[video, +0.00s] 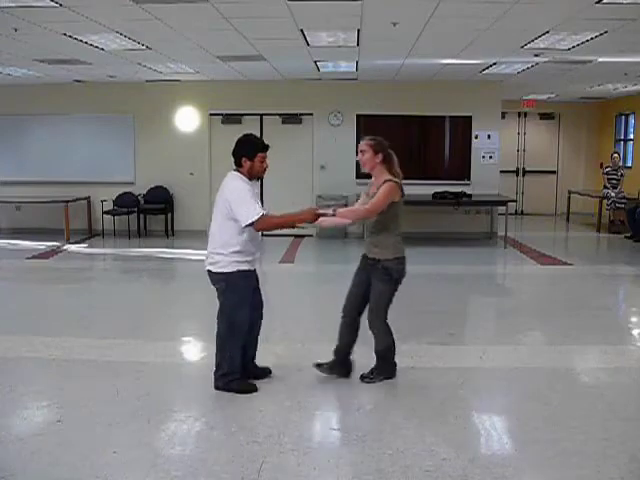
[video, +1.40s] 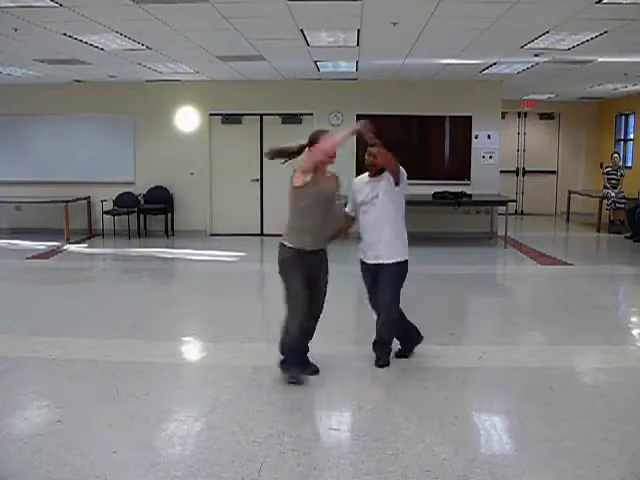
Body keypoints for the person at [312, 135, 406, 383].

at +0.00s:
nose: (359, 158)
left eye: (363, 153)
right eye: (359, 153)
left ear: (379, 156)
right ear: (374, 158)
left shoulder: (390, 186)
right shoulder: (372, 186)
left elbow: (368, 213)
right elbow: (356, 211)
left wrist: (333, 218)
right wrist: (328, 214)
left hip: (389, 263)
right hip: (370, 260)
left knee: (376, 318)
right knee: (350, 312)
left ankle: (386, 366)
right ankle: (341, 361)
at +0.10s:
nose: (364, 157)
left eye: (368, 152)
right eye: (365, 153)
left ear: (384, 156)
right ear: (382, 158)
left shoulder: (393, 186)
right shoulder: (380, 184)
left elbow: (364, 213)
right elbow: (364, 211)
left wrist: (330, 215)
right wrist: (331, 214)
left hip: (396, 261)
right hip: (379, 258)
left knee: (380, 312)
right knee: (362, 307)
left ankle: (387, 365)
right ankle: (375, 358)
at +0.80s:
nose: (337, 154)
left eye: (340, 150)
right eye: (338, 150)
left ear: (353, 154)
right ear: (354, 154)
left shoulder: (367, 185)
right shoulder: (350, 183)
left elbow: (345, 215)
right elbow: (343, 216)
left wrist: (314, 229)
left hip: (372, 262)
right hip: (348, 262)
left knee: (379, 318)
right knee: (332, 310)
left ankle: (389, 365)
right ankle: (354, 357)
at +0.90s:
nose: (327, 156)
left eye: (330, 152)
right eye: (328, 151)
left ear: (340, 156)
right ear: (349, 157)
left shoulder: (347, 188)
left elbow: (319, 217)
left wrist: (292, 233)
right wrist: (293, 231)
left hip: (358, 264)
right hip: (337, 263)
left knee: (364, 317)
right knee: (320, 312)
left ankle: (388, 362)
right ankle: (341, 366)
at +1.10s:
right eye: (340, 155)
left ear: (316, 157)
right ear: (339, 155)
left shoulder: (308, 186)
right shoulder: (349, 182)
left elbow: (284, 215)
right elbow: (387, 191)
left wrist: (281, 241)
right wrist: (412, 181)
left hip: (322, 263)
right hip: (348, 261)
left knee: (303, 313)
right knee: (331, 316)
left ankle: (338, 360)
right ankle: (339, 367)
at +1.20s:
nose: (337, 157)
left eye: (336, 154)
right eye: (336, 154)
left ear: (313, 152)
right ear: (332, 155)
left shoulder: (301, 182)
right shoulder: (338, 179)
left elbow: (290, 217)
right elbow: (378, 186)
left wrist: (294, 247)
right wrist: (411, 169)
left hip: (304, 257)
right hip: (333, 258)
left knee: (308, 306)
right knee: (334, 314)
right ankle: (336, 368)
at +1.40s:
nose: (370, 160)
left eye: (375, 156)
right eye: (367, 155)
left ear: (384, 159)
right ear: (363, 158)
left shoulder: (396, 180)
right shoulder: (358, 183)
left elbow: (391, 164)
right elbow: (349, 217)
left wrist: (374, 141)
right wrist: (331, 234)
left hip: (394, 256)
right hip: (369, 256)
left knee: (386, 305)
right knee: (378, 305)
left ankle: (382, 350)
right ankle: (409, 335)